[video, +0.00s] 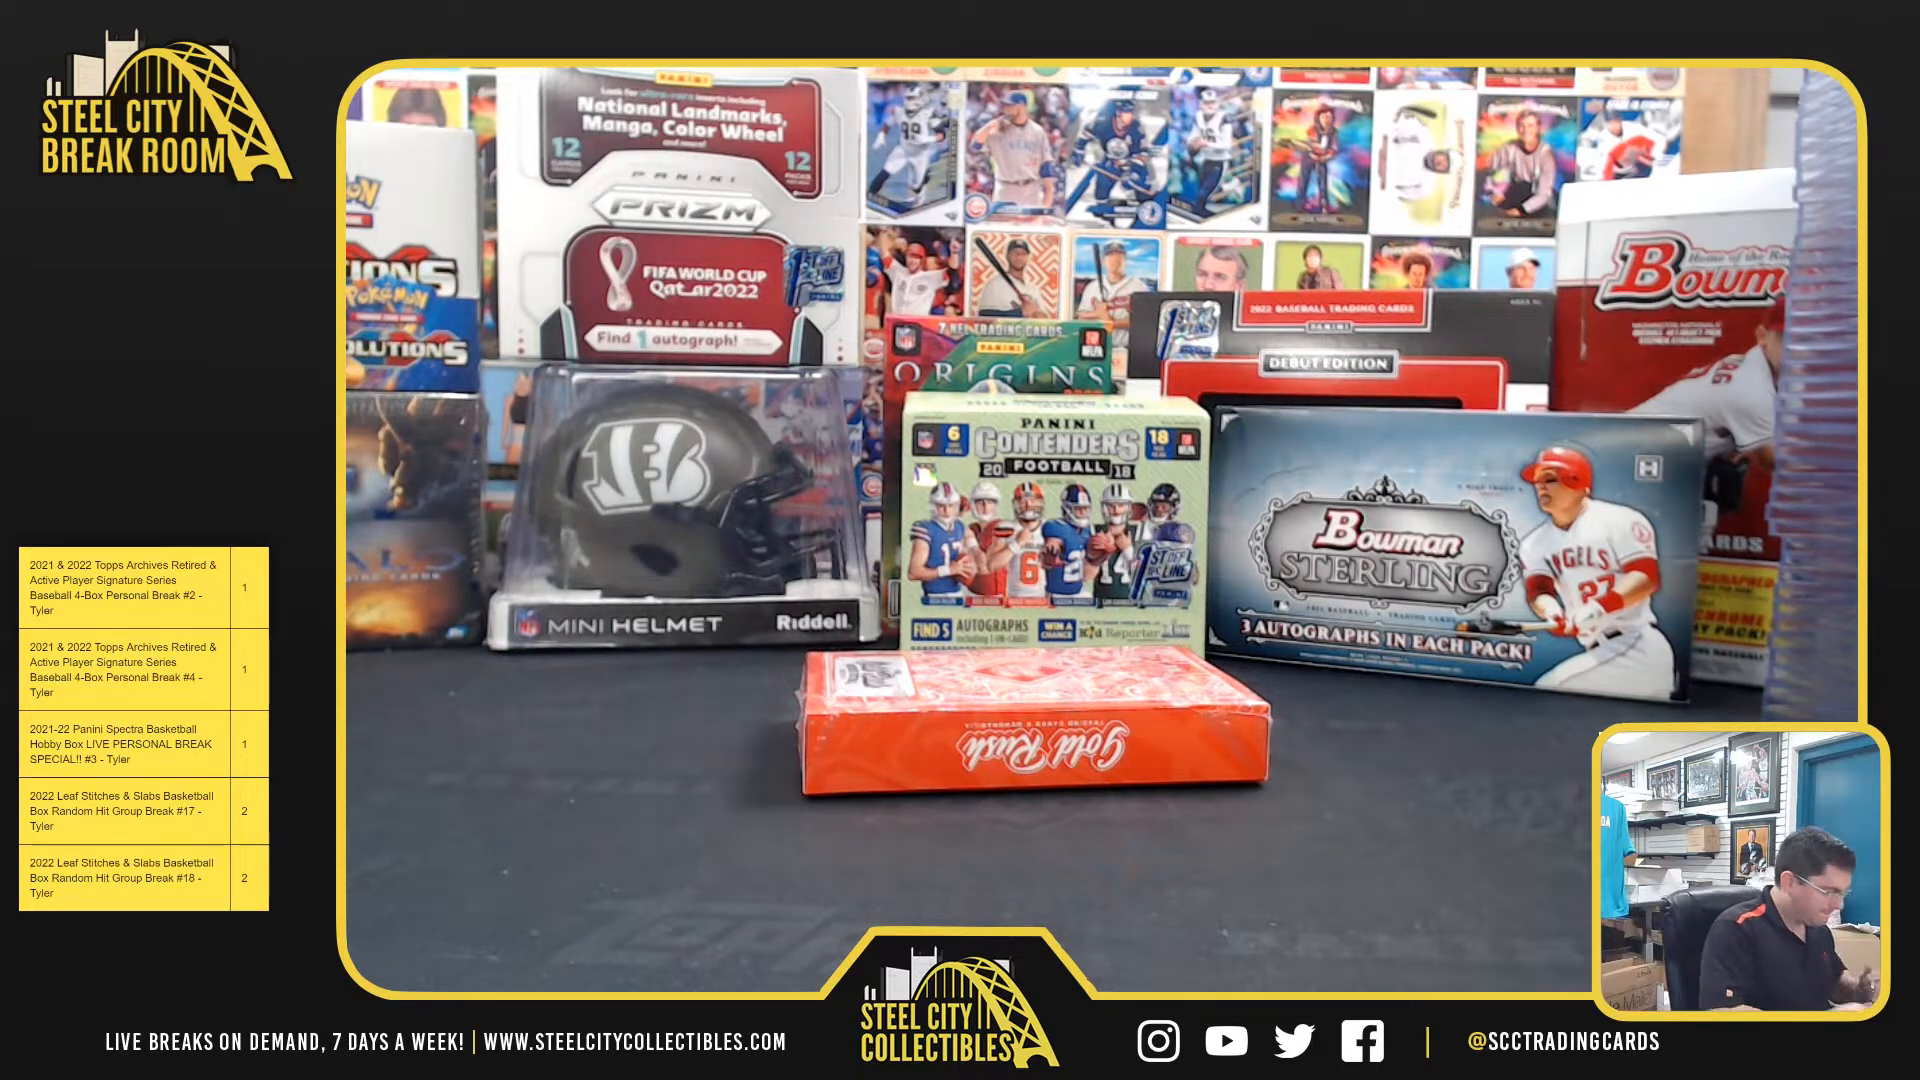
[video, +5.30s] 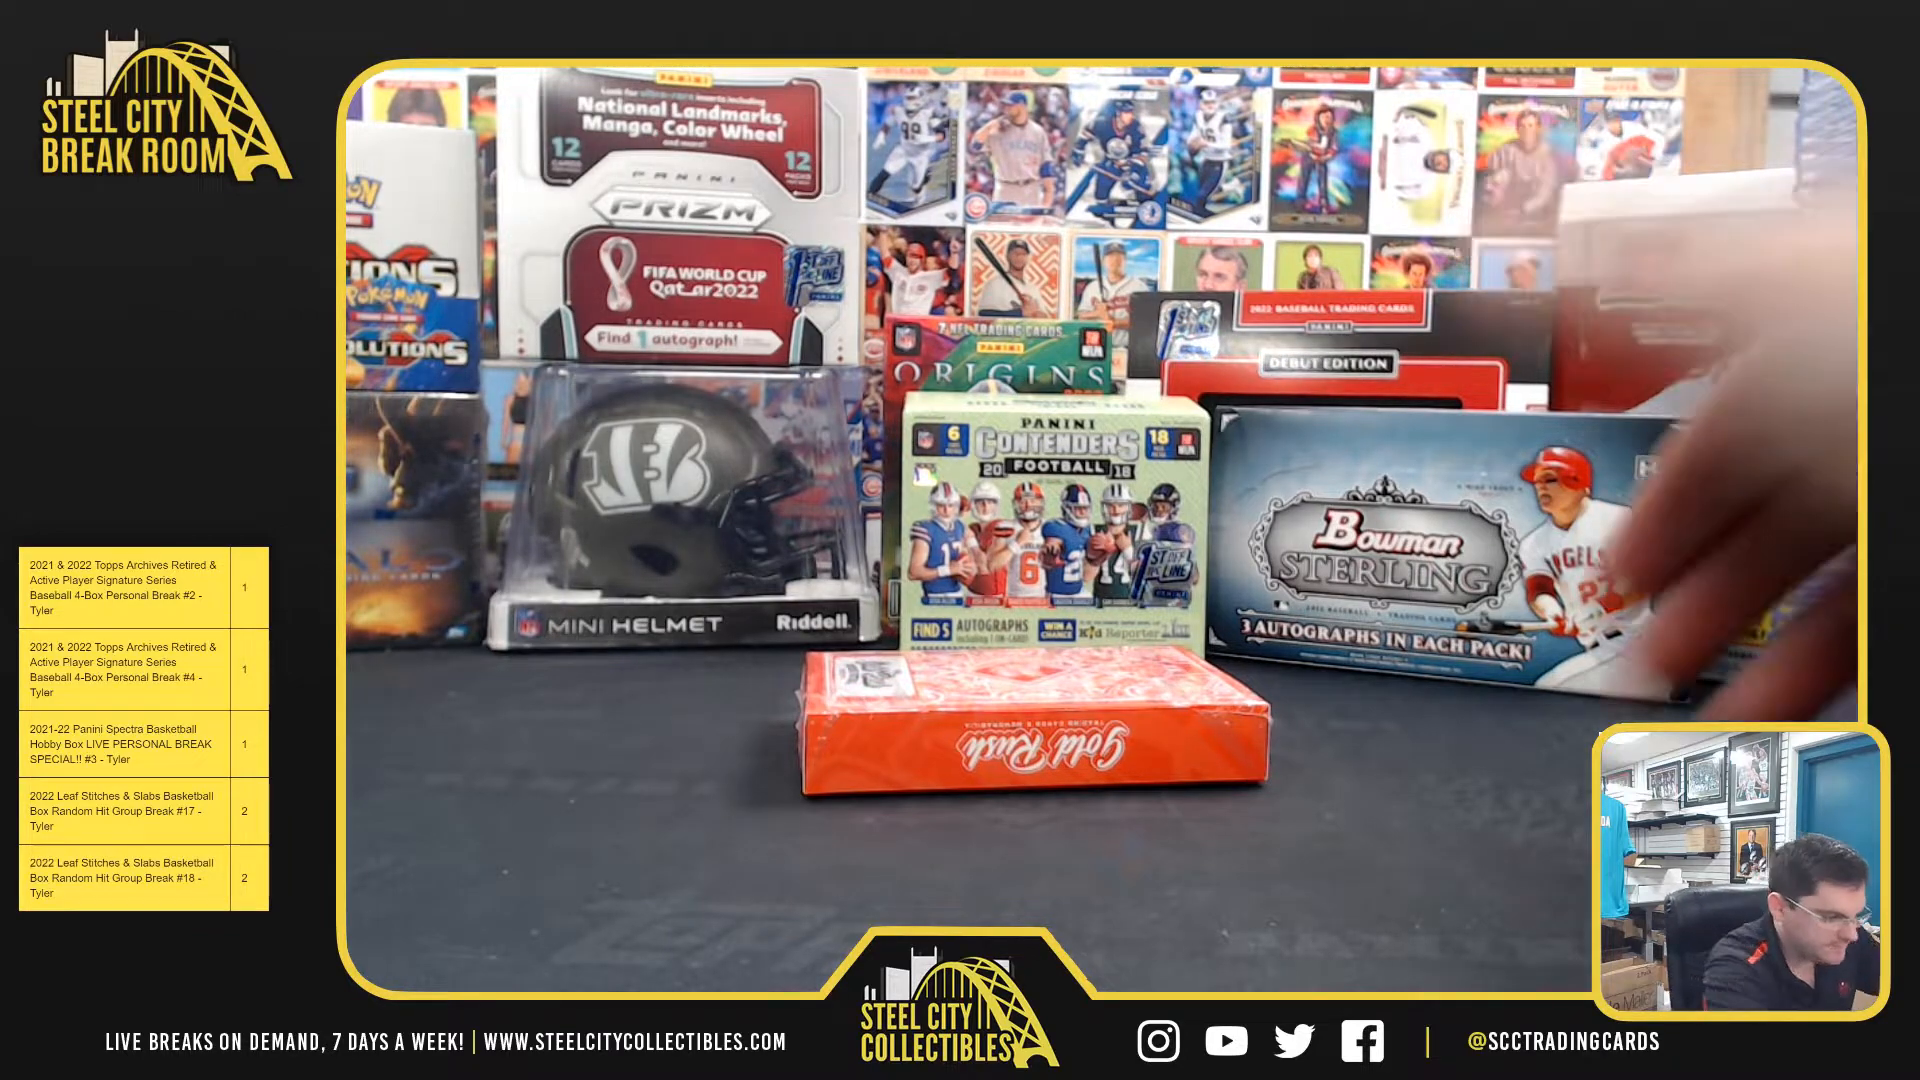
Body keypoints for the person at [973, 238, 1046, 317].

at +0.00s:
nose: (1019, 257)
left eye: (1023, 254)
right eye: (1016, 253)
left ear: (1028, 258)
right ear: (1008, 256)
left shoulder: (1033, 289)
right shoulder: (995, 284)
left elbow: (1045, 317)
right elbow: (986, 315)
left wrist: (1033, 310)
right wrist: (1020, 312)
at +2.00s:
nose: (1019, 258)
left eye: (1023, 254)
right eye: (1015, 254)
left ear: (1028, 258)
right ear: (1008, 256)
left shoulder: (1032, 288)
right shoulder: (995, 284)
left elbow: (1045, 317)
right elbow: (985, 314)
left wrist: (1034, 310)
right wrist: (1020, 313)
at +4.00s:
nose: (1019, 258)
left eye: (1023, 254)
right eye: (1016, 254)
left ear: (1028, 258)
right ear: (1008, 256)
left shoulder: (1032, 289)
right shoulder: (995, 285)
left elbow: (1044, 317)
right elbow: (985, 315)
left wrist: (1034, 311)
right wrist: (1020, 313)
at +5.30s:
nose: (1020, 257)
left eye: (1023, 254)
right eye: (1016, 254)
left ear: (1028, 257)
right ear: (1008, 256)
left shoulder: (1032, 288)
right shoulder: (995, 284)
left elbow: (1045, 316)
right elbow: (985, 316)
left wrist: (1034, 312)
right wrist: (1022, 313)